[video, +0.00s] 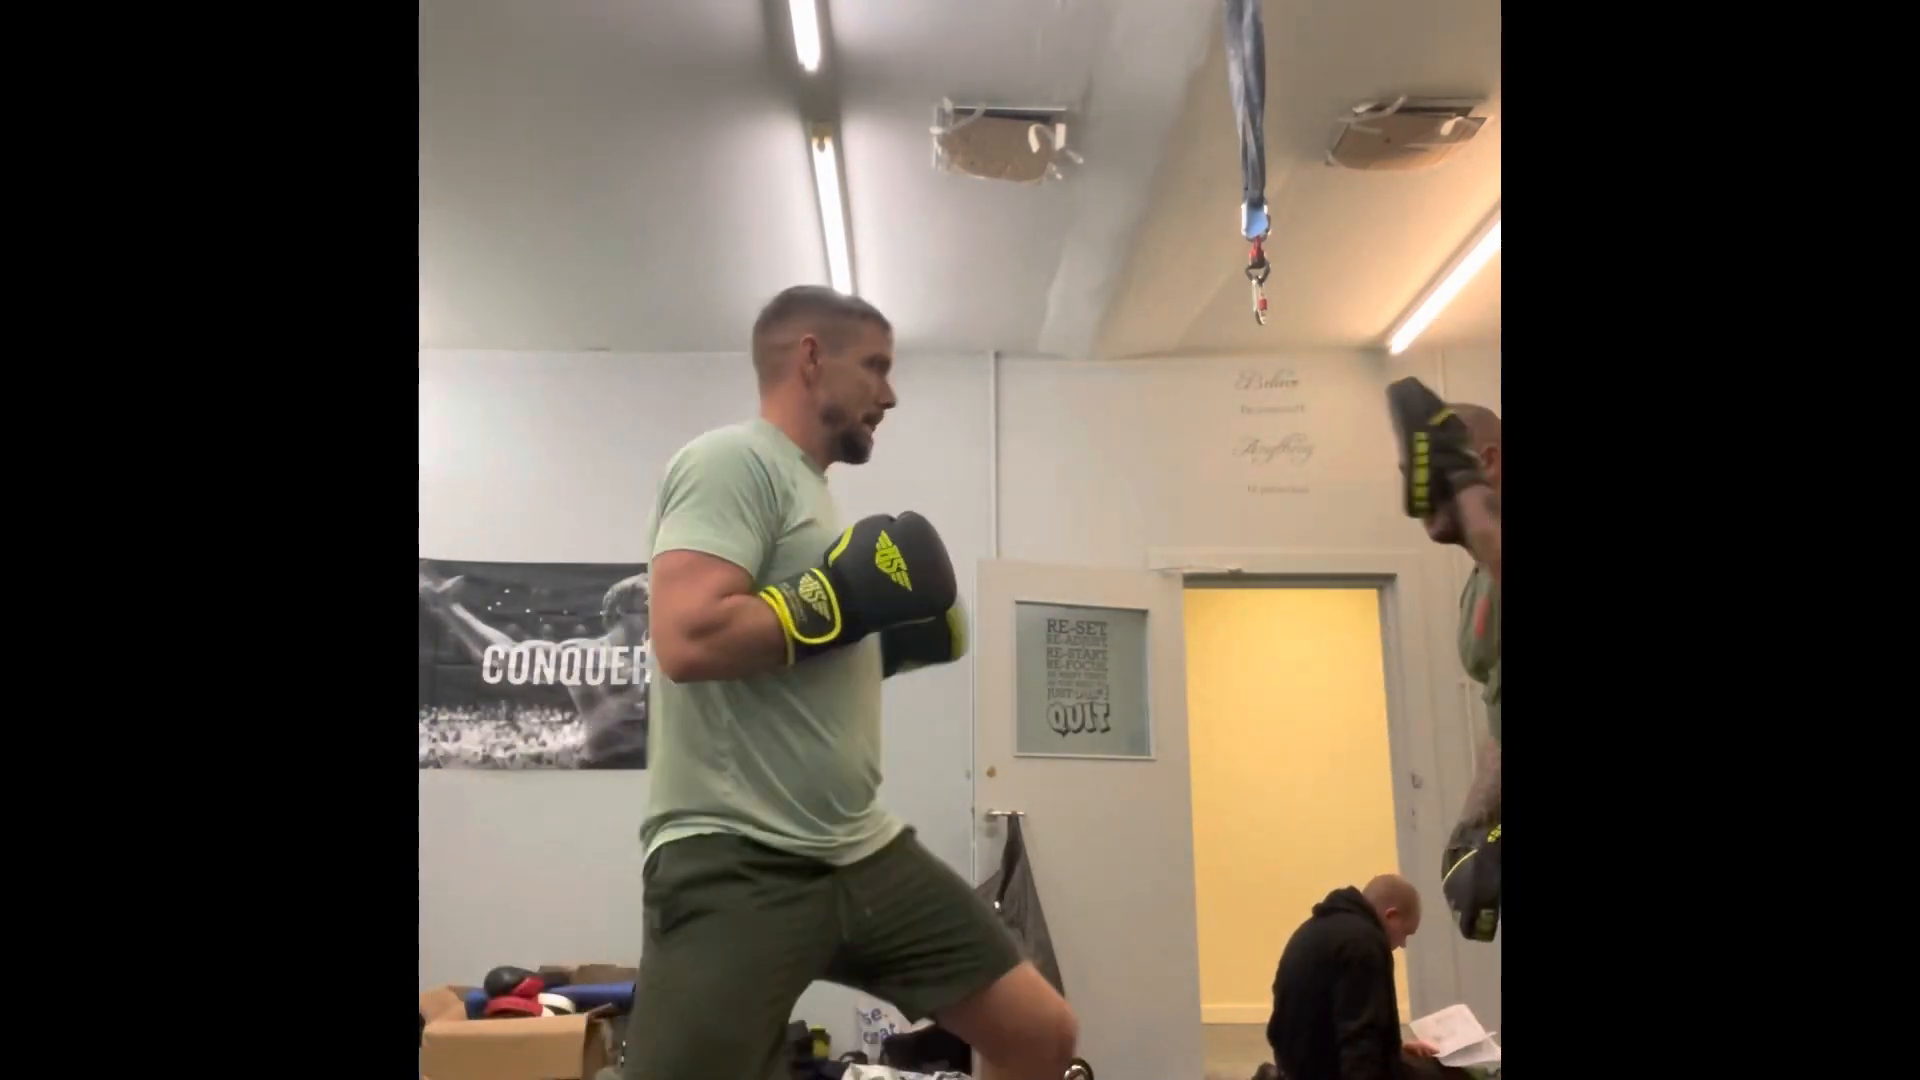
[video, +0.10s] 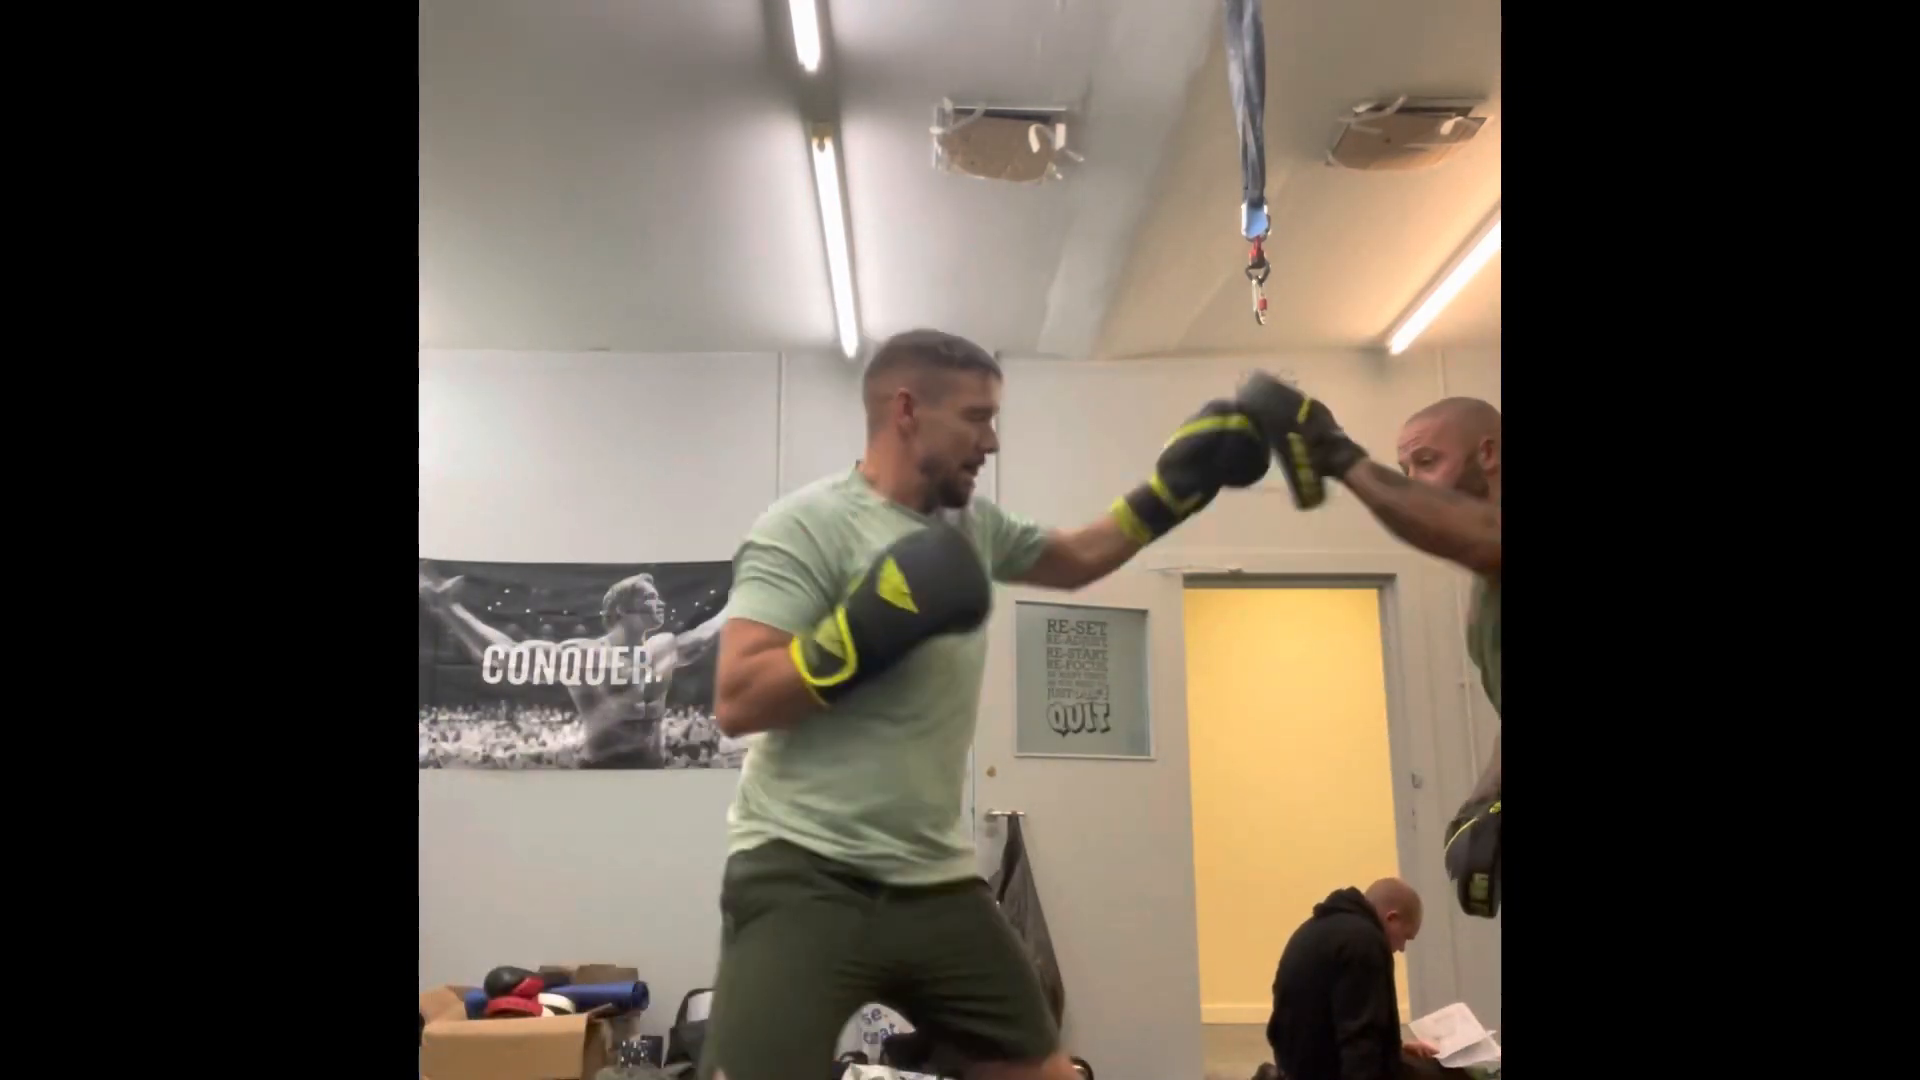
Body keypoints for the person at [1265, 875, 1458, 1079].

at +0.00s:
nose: (1402, 944)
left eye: (1407, 936)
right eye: (1405, 934)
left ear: (1365, 903)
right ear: (1390, 916)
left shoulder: (1314, 928)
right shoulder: (1365, 941)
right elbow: (1364, 1038)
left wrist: (1397, 1048)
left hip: (1300, 1066)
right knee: (1450, 1070)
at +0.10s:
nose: (1401, 948)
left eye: (1407, 939)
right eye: (1405, 937)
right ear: (1390, 918)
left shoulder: (1316, 928)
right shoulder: (1365, 941)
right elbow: (1365, 1037)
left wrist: (1398, 1048)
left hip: (1298, 1064)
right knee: (1449, 1070)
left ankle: (1276, 1073)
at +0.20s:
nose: (1401, 950)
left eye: (1408, 942)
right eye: (1405, 939)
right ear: (1390, 919)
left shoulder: (1315, 928)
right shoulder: (1365, 941)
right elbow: (1363, 1037)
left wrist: (1398, 1049)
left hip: (1297, 1065)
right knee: (1448, 1070)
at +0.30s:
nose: (1399, 951)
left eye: (1407, 941)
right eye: (1405, 938)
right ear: (1390, 918)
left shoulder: (1315, 928)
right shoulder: (1364, 941)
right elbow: (1362, 1043)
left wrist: (1397, 1047)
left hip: (1300, 1065)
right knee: (1448, 1068)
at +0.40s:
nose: (1399, 951)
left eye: (1407, 941)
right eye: (1405, 938)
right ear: (1390, 918)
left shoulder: (1315, 927)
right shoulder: (1364, 941)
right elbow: (1363, 1043)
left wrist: (1397, 1047)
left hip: (1300, 1064)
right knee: (1450, 1069)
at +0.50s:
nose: (1399, 951)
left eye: (1406, 941)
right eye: (1405, 938)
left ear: (1386, 913)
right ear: (1390, 918)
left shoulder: (1315, 927)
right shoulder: (1364, 940)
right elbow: (1362, 1041)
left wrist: (1397, 1047)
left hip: (1299, 1064)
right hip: (1336, 1069)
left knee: (1430, 1063)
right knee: (1449, 1069)